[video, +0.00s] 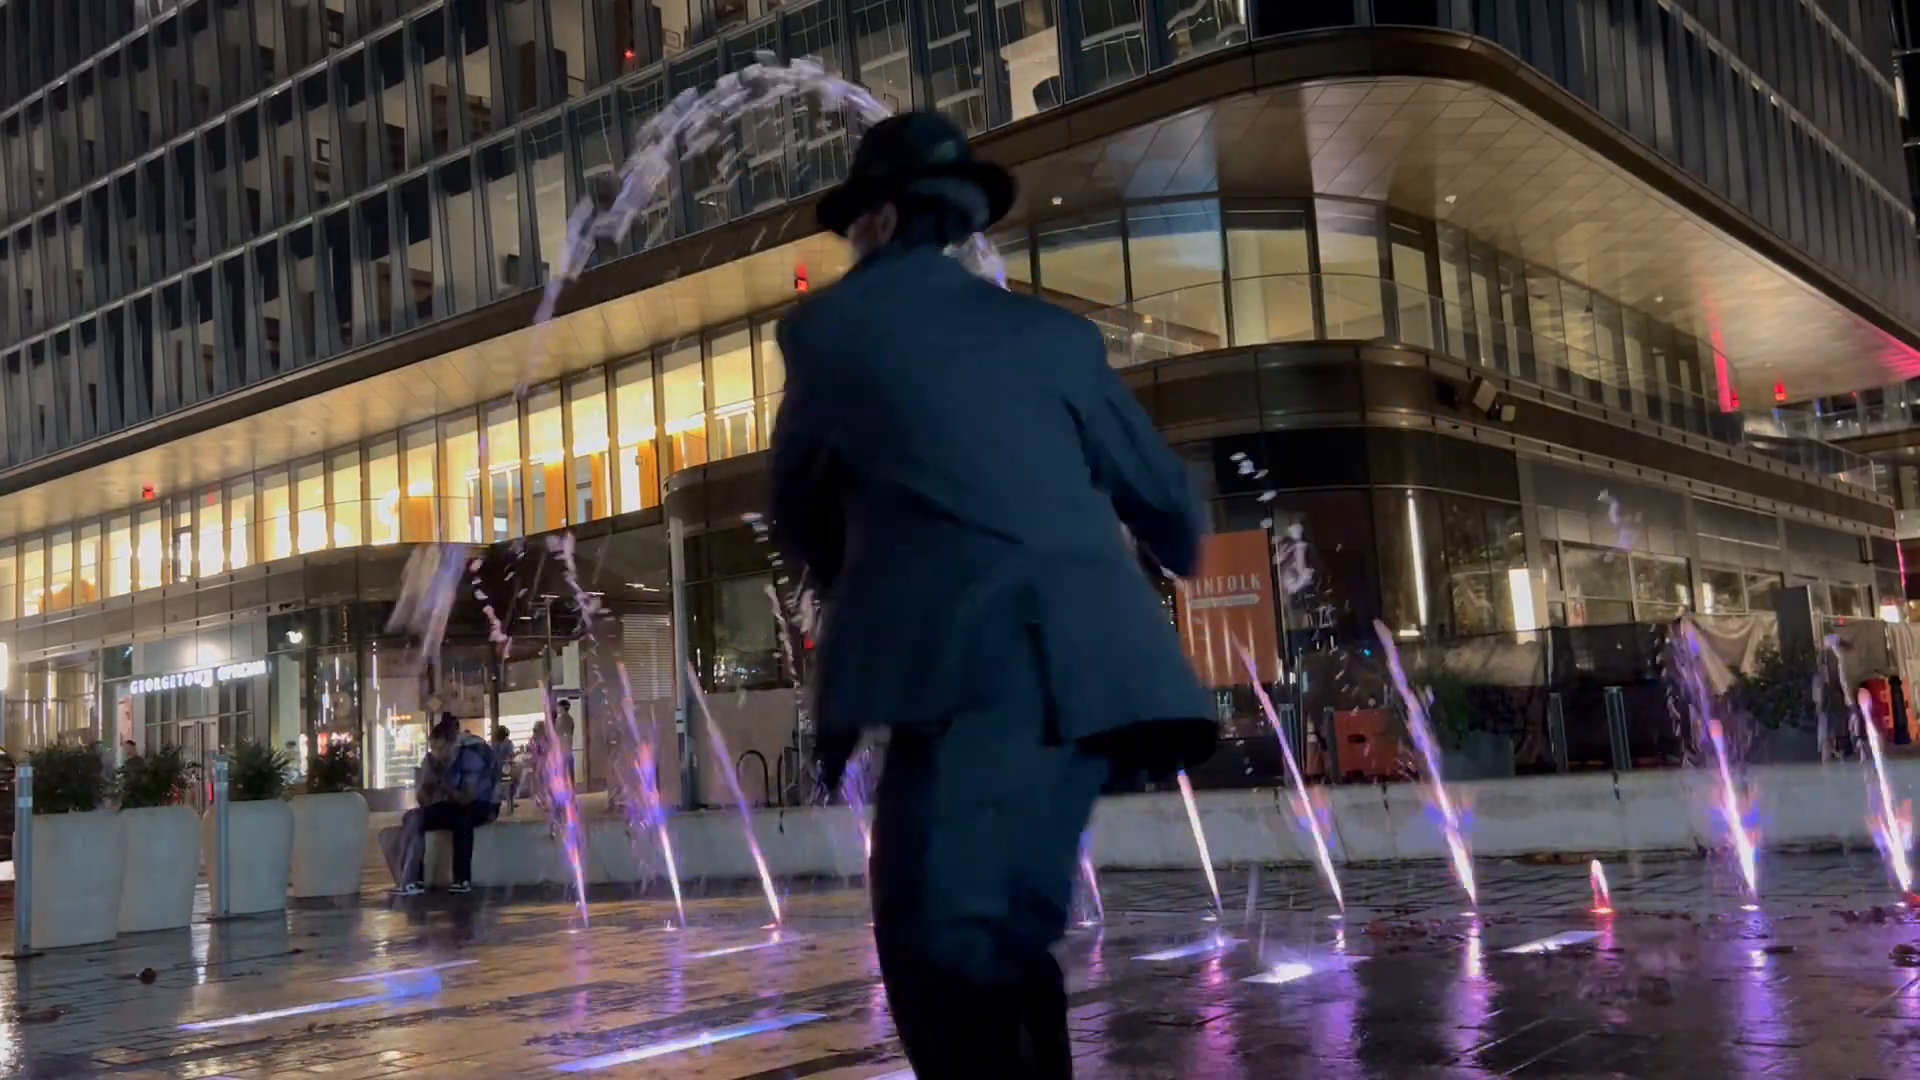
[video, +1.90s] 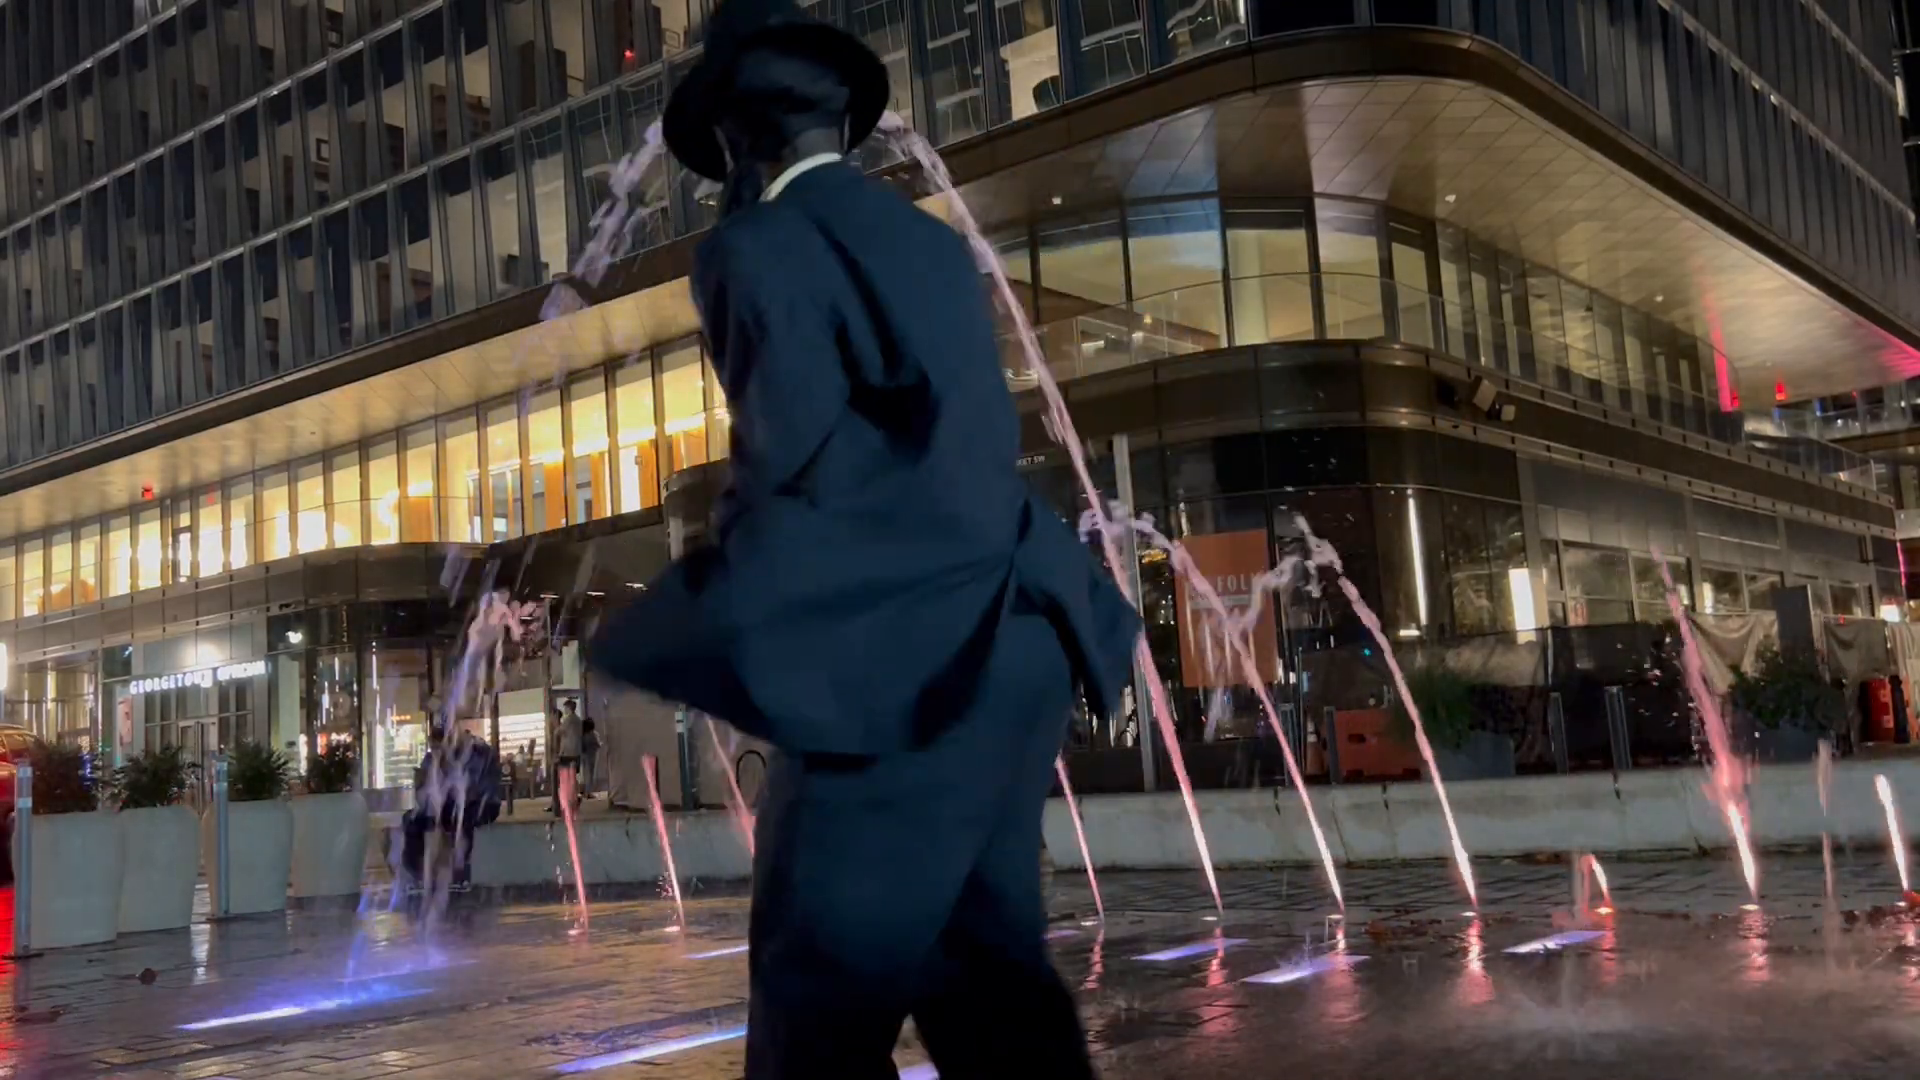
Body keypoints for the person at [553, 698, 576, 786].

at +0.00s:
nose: (558, 710)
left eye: (560, 708)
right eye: (558, 708)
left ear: (562, 708)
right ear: (567, 708)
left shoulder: (560, 720)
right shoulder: (570, 719)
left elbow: (556, 734)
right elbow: (571, 735)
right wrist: (570, 748)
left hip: (561, 752)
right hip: (568, 752)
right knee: (570, 778)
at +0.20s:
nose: (560, 710)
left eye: (563, 708)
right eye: (560, 707)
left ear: (568, 708)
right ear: (559, 708)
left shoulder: (571, 721)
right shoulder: (558, 720)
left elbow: (569, 739)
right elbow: (554, 736)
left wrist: (567, 754)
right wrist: (551, 753)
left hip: (567, 754)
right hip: (556, 753)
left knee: (568, 779)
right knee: (555, 780)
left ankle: (571, 802)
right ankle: (555, 803)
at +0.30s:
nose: (561, 710)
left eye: (563, 708)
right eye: (561, 708)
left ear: (565, 708)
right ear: (570, 708)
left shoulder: (565, 720)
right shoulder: (572, 720)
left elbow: (556, 731)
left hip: (562, 754)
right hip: (569, 754)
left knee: (559, 781)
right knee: (569, 781)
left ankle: (557, 805)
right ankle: (572, 803)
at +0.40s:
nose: (562, 710)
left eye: (563, 708)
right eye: (563, 708)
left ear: (567, 708)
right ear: (571, 708)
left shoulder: (567, 720)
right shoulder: (573, 720)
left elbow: (559, 731)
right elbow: (569, 735)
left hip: (564, 754)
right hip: (570, 754)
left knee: (559, 781)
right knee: (570, 780)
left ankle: (557, 805)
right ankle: (572, 803)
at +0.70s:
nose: (566, 710)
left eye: (567, 707)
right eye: (566, 707)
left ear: (570, 708)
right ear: (574, 708)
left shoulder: (569, 720)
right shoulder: (576, 720)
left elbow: (560, 732)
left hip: (566, 752)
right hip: (572, 752)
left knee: (568, 778)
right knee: (571, 778)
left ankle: (571, 800)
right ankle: (572, 800)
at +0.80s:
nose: (566, 710)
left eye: (568, 707)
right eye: (567, 707)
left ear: (570, 709)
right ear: (575, 709)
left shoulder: (569, 721)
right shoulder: (578, 721)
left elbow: (561, 732)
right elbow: (579, 736)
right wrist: (584, 747)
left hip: (567, 753)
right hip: (575, 753)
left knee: (569, 780)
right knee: (573, 780)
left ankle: (571, 801)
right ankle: (573, 800)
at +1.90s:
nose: (565, 710)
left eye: (566, 708)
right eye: (565, 708)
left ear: (568, 708)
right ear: (574, 708)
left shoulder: (567, 719)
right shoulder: (578, 720)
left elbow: (560, 730)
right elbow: (577, 735)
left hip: (566, 753)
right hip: (576, 752)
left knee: (560, 779)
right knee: (573, 777)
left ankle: (555, 804)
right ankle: (575, 798)